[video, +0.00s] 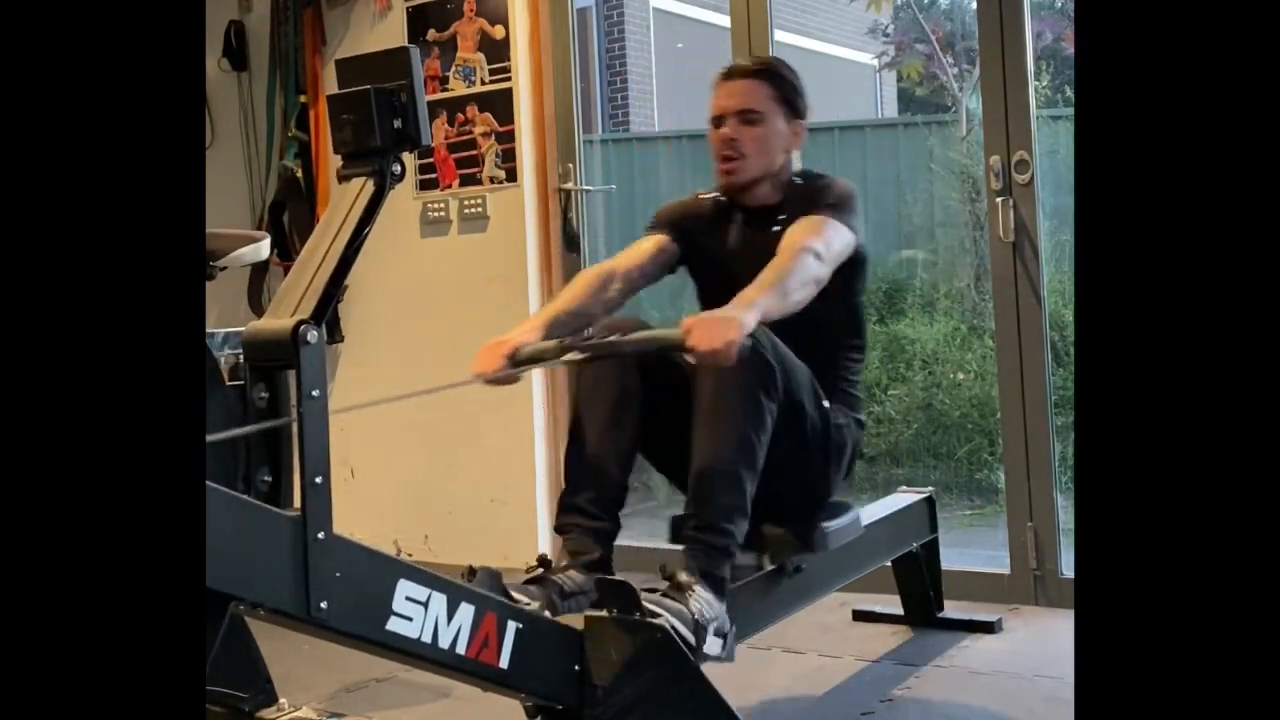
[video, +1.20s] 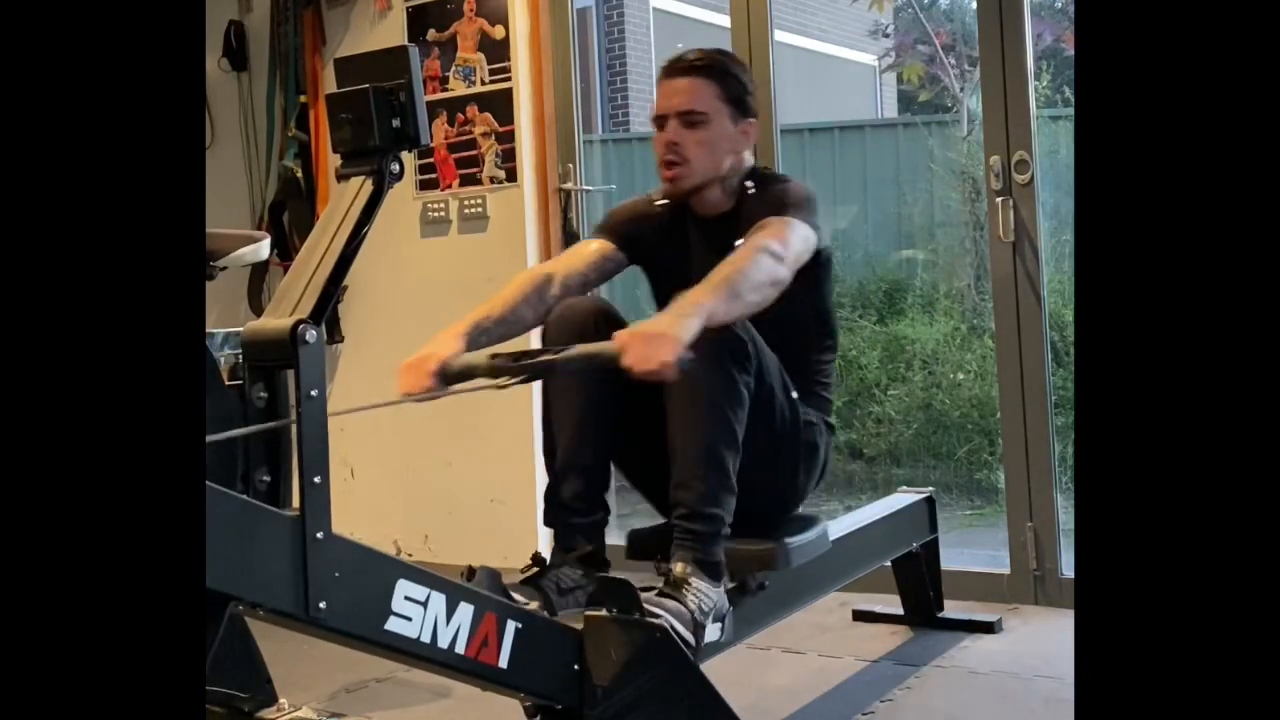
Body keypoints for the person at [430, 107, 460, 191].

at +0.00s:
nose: (446, 118)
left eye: (446, 116)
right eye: (444, 116)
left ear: (443, 116)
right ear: (440, 116)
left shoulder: (443, 125)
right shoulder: (437, 123)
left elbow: (453, 132)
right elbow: (439, 138)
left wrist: (457, 122)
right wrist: (442, 150)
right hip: (439, 146)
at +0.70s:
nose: (446, 118)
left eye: (446, 116)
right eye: (444, 116)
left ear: (444, 116)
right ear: (440, 116)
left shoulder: (443, 124)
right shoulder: (437, 124)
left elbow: (453, 132)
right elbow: (438, 139)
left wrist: (457, 122)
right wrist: (442, 150)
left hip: (443, 148)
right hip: (439, 148)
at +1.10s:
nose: (446, 118)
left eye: (446, 115)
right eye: (444, 115)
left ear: (444, 116)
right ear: (440, 116)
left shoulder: (443, 124)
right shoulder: (437, 124)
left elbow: (453, 132)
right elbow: (438, 139)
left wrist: (457, 122)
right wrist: (442, 150)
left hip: (443, 148)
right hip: (439, 148)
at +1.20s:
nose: (446, 118)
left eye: (446, 115)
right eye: (444, 115)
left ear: (444, 116)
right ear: (440, 116)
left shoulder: (443, 124)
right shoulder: (437, 124)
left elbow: (453, 132)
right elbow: (438, 139)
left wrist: (457, 122)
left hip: (443, 148)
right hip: (439, 149)